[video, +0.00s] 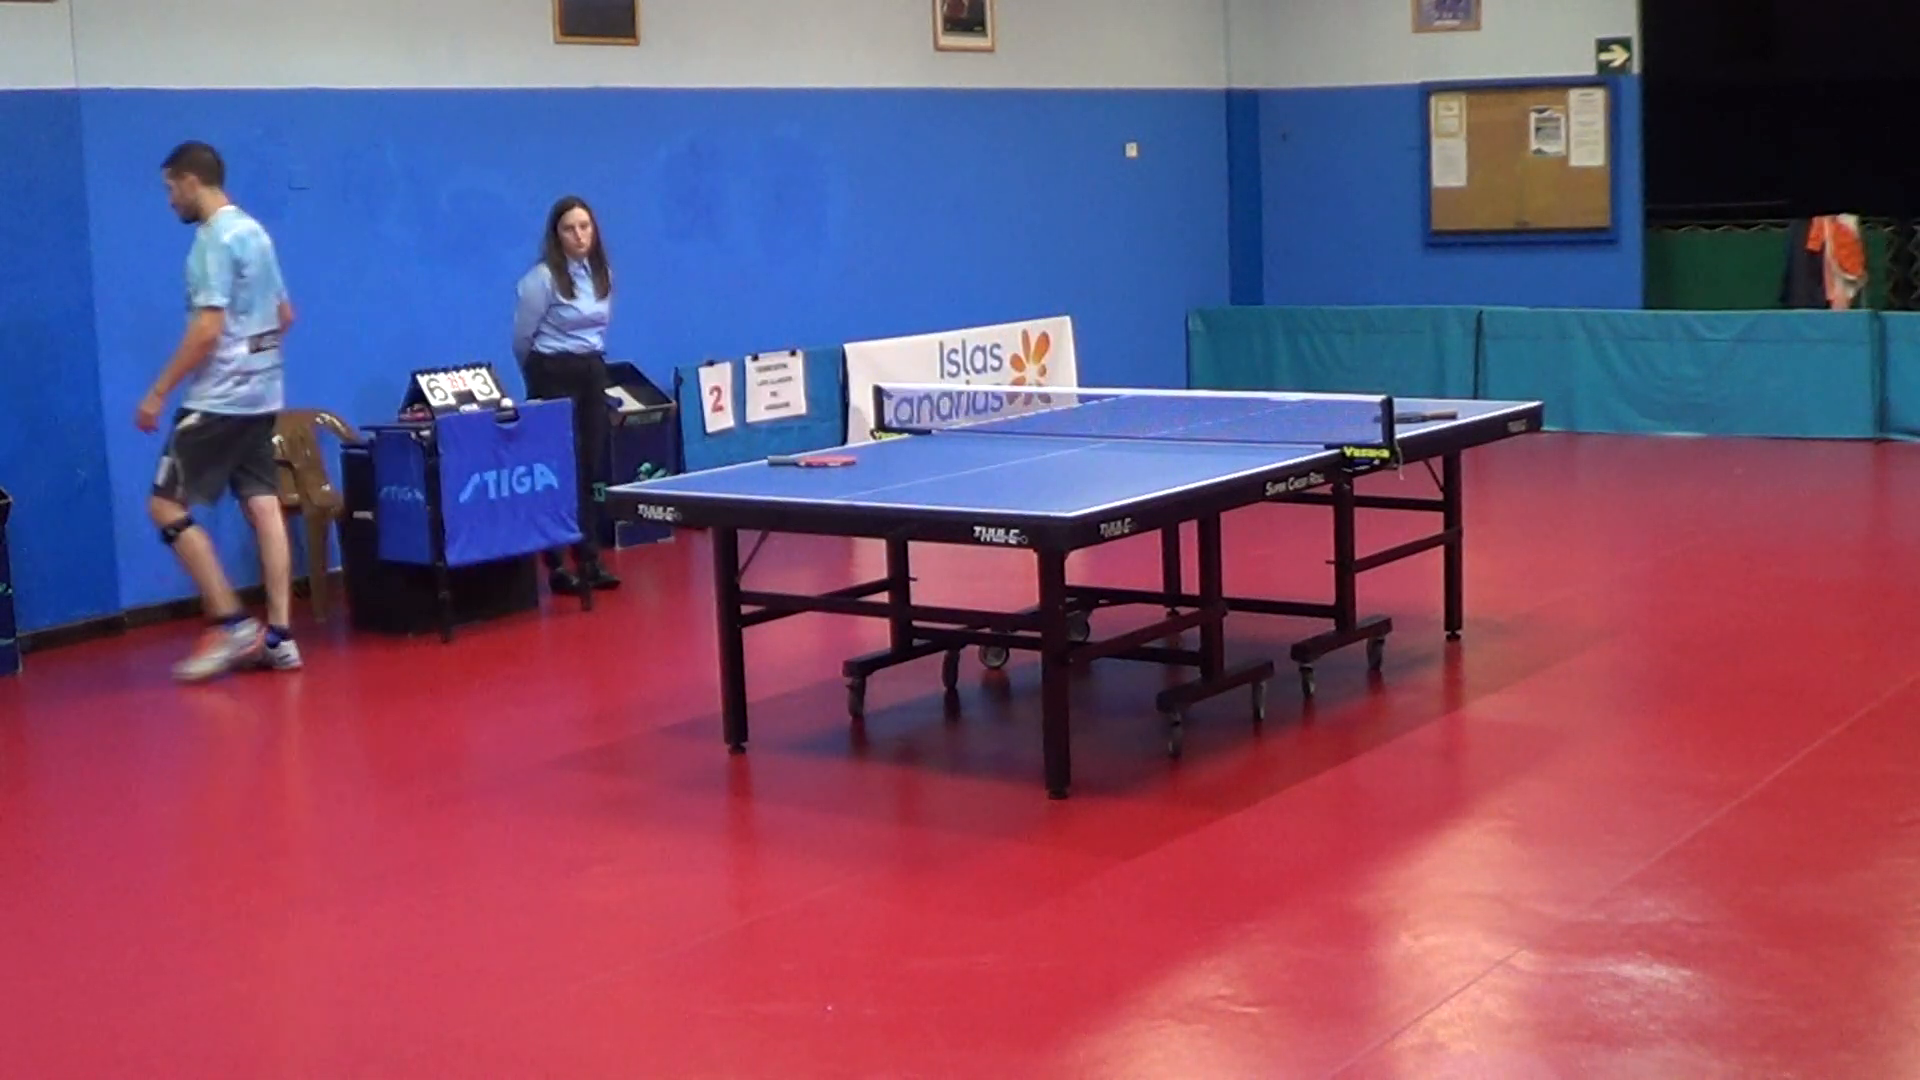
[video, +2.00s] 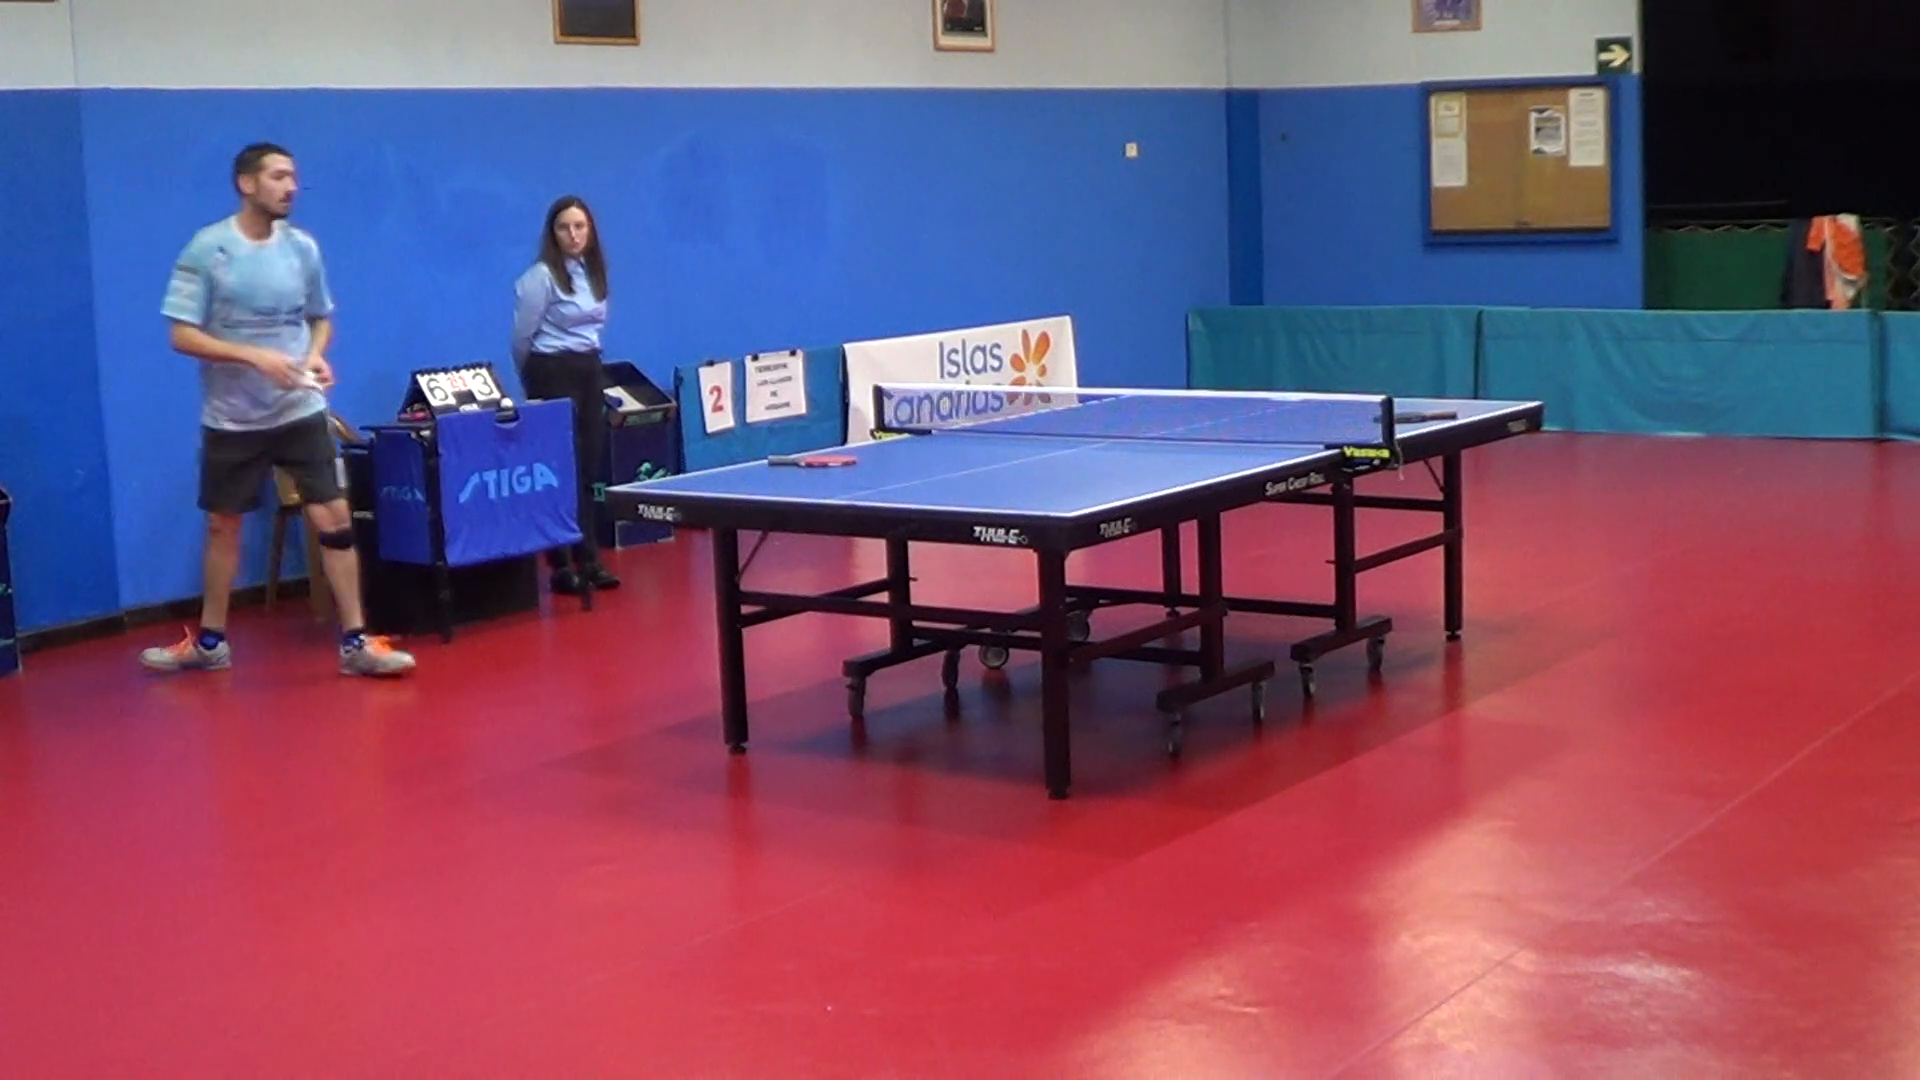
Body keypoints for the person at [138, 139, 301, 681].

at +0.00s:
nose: (169, 199)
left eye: (171, 187)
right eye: (168, 188)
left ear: (192, 183)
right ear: (210, 181)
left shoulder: (214, 239)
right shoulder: (254, 231)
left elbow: (208, 329)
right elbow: (283, 316)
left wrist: (158, 393)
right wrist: (234, 352)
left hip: (220, 401)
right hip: (262, 400)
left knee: (166, 506)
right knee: (265, 506)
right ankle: (280, 634)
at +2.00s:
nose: (291, 186)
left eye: (293, 177)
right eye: (279, 177)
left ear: (292, 186)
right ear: (245, 184)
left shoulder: (303, 247)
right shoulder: (205, 249)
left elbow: (321, 318)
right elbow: (182, 335)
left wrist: (315, 353)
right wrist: (257, 358)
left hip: (300, 412)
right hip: (232, 421)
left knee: (335, 520)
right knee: (223, 525)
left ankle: (356, 640)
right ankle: (211, 640)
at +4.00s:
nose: (717, 191)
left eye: (722, 181)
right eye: (712, 178)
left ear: (696, 170)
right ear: (678, 162)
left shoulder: (703, 237)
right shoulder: (596, 211)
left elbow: (719, 335)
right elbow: (519, 276)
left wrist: (760, 421)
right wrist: (565, 329)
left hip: (674, 419)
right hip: (599, 413)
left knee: (666, 549)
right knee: (582, 548)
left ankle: (673, 691)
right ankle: (603, 659)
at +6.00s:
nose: (398, 196)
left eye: (404, 182)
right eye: (389, 187)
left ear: (432, 168)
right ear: (384, 187)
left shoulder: (488, 223)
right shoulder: (389, 236)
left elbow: (531, 306)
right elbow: (335, 308)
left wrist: (458, 295)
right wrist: (341, 280)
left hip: (476, 407)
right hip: (407, 408)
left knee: (490, 530)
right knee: (386, 524)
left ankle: (506, 662)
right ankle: (378, 660)